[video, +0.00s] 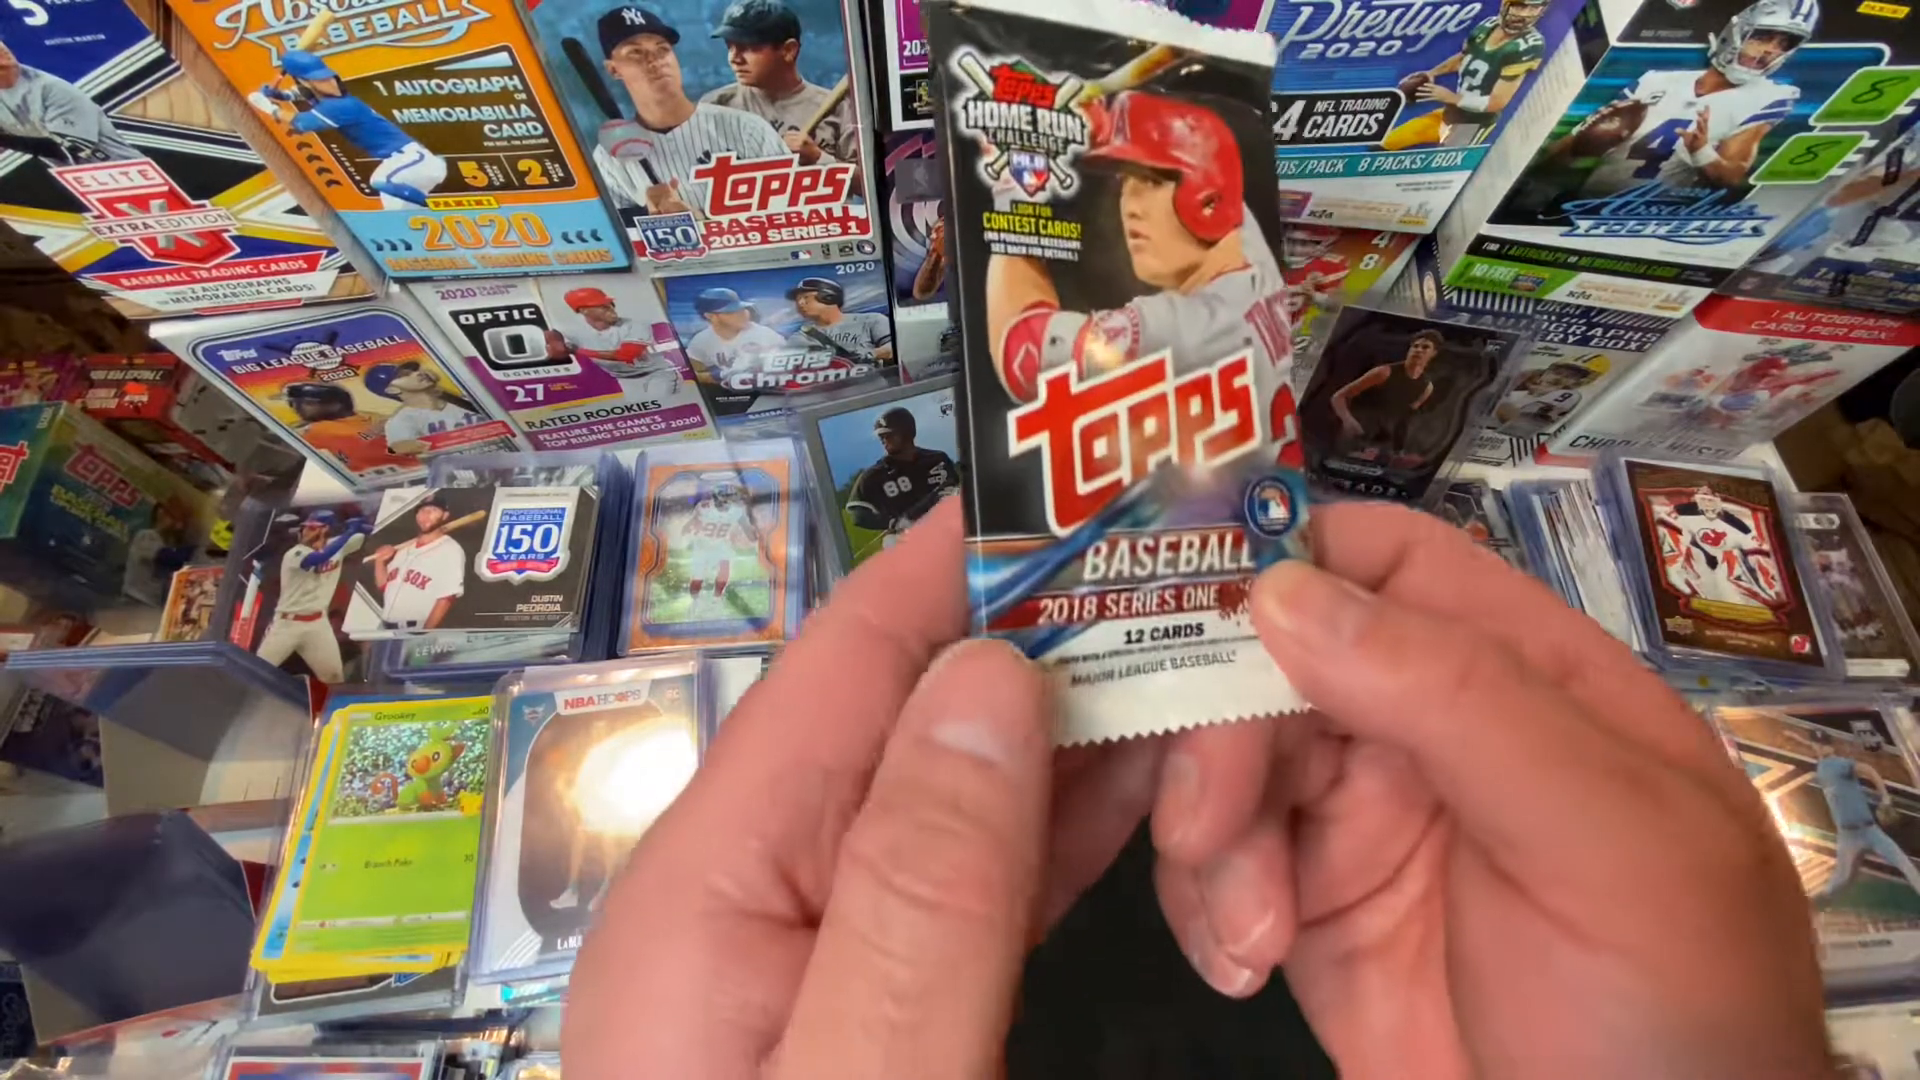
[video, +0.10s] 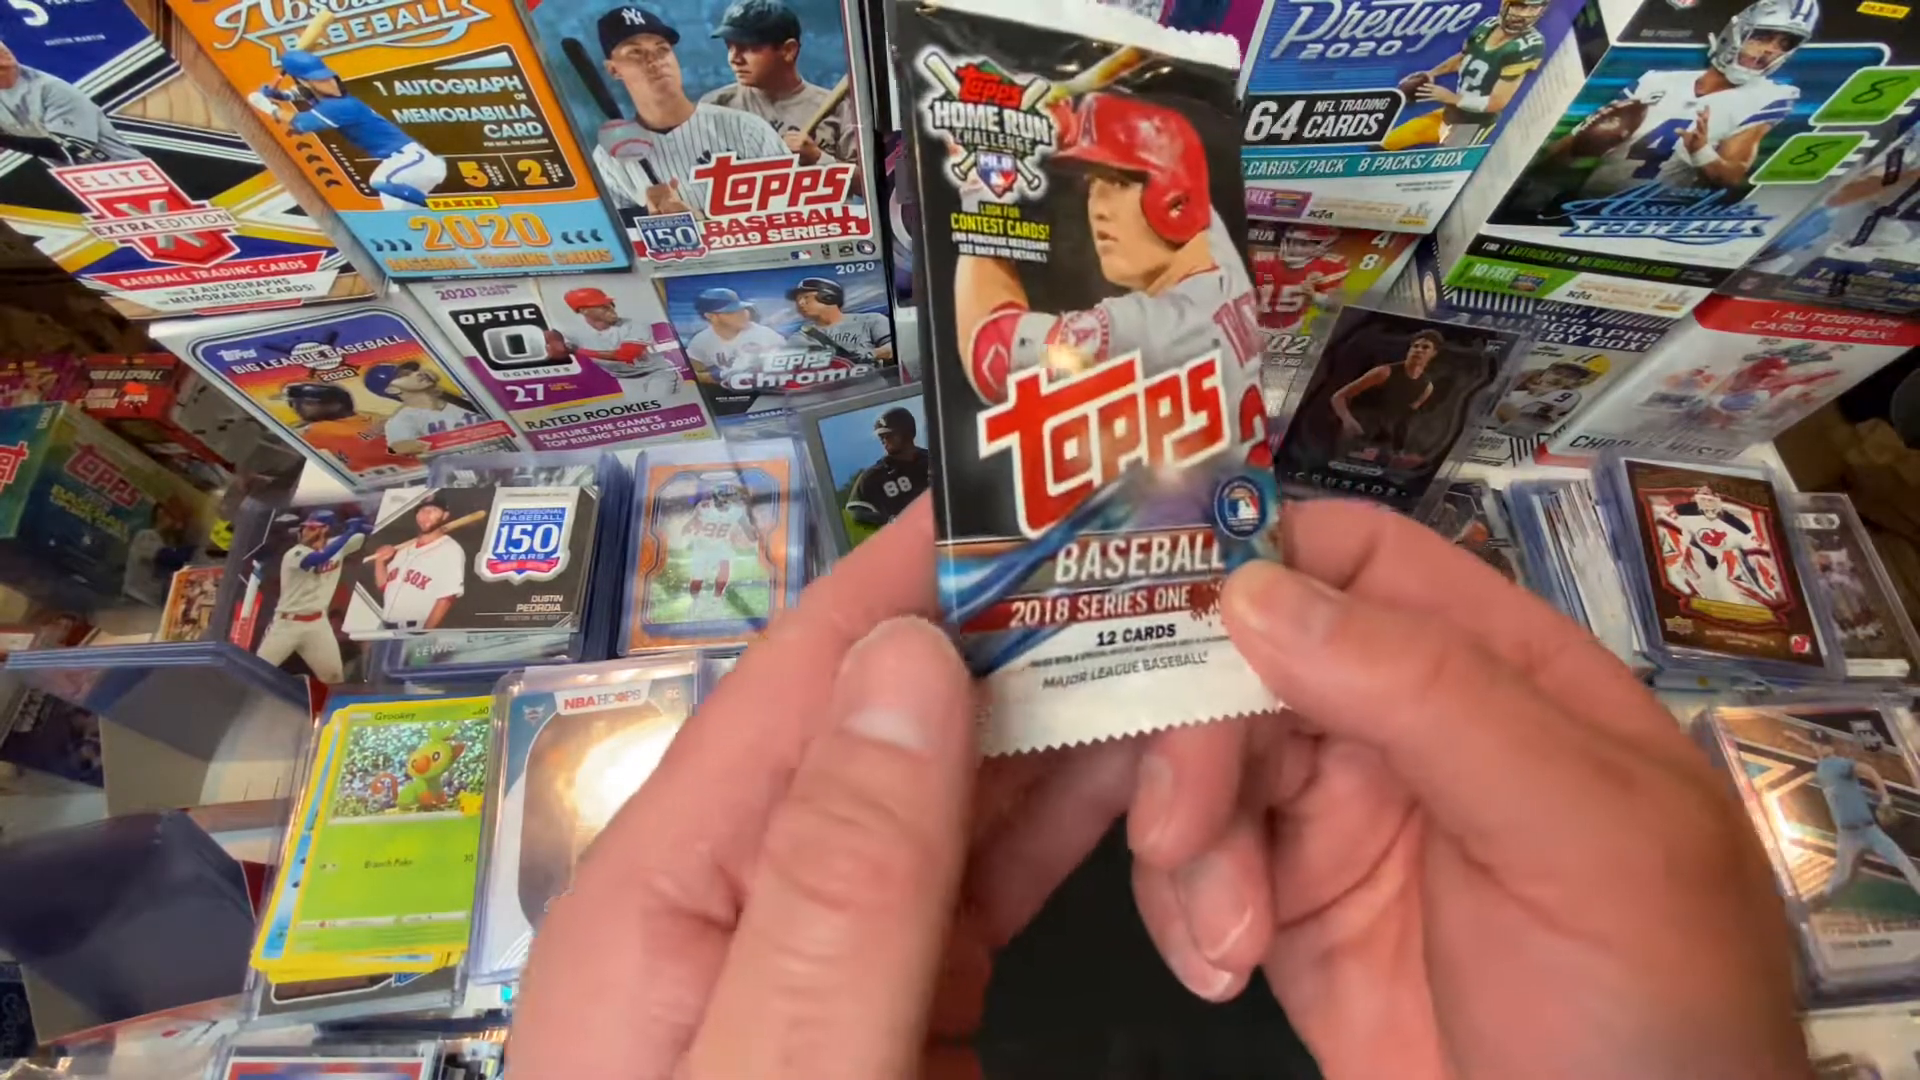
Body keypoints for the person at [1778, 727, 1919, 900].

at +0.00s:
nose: (1823, 751)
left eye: (1825, 746)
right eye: (1819, 748)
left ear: (1831, 746)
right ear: (1815, 750)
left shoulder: (1841, 765)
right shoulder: (1821, 768)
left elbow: (1869, 770)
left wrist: (1885, 797)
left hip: (1869, 829)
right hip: (1846, 834)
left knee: (1903, 862)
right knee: (1842, 876)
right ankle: (1820, 899)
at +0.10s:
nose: (1823, 750)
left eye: (1826, 745)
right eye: (1819, 746)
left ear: (1832, 746)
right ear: (1815, 749)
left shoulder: (1840, 766)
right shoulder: (1824, 767)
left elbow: (1855, 792)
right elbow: (1868, 770)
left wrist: (1882, 800)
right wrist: (1884, 795)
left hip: (1869, 829)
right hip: (1846, 833)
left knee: (1902, 862)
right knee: (1842, 875)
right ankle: (1823, 897)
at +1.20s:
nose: (1821, 749)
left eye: (1824, 744)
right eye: (1817, 745)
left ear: (1829, 744)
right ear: (1813, 747)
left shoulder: (1838, 764)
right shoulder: (1822, 768)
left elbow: (1869, 771)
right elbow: (1813, 747)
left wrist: (1885, 797)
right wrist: (1799, 739)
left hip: (1870, 829)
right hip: (1847, 834)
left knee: (1904, 864)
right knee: (1843, 875)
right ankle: (1823, 898)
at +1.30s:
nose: (1821, 749)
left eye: (1824, 744)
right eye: (1817, 745)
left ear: (1830, 744)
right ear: (1813, 747)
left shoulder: (1838, 764)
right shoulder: (1822, 768)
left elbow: (1870, 771)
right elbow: (1813, 747)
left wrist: (1885, 797)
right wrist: (1800, 739)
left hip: (1870, 829)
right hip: (1847, 834)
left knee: (1904, 864)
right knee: (1843, 875)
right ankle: (1822, 898)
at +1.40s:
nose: (1821, 749)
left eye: (1824, 744)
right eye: (1817, 745)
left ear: (1830, 744)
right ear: (1814, 747)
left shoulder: (1838, 764)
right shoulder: (1822, 767)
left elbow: (1869, 770)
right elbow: (1813, 746)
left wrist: (1884, 797)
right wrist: (1799, 739)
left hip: (1870, 829)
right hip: (1847, 834)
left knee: (1904, 864)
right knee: (1842, 875)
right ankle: (1823, 898)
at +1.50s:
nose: (1821, 749)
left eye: (1823, 744)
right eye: (1817, 745)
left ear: (1829, 744)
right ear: (1814, 747)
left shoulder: (1838, 764)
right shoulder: (1822, 768)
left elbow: (1869, 771)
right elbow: (1813, 746)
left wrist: (1884, 797)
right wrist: (1799, 739)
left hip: (1870, 829)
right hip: (1847, 834)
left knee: (1904, 864)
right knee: (1842, 875)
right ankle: (1823, 898)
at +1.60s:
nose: (1821, 749)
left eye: (1824, 744)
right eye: (1817, 745)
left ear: (1830, 744)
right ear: (1814, 747)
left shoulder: (1838, 764)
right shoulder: (1822, 768)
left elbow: (1869, 771)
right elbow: (1813, 747)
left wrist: (1885, 797)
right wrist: (1800, 739)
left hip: (1870, 829)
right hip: (1847, 834)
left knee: (1904, 864)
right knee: (1842, 875)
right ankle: (1822, 898)